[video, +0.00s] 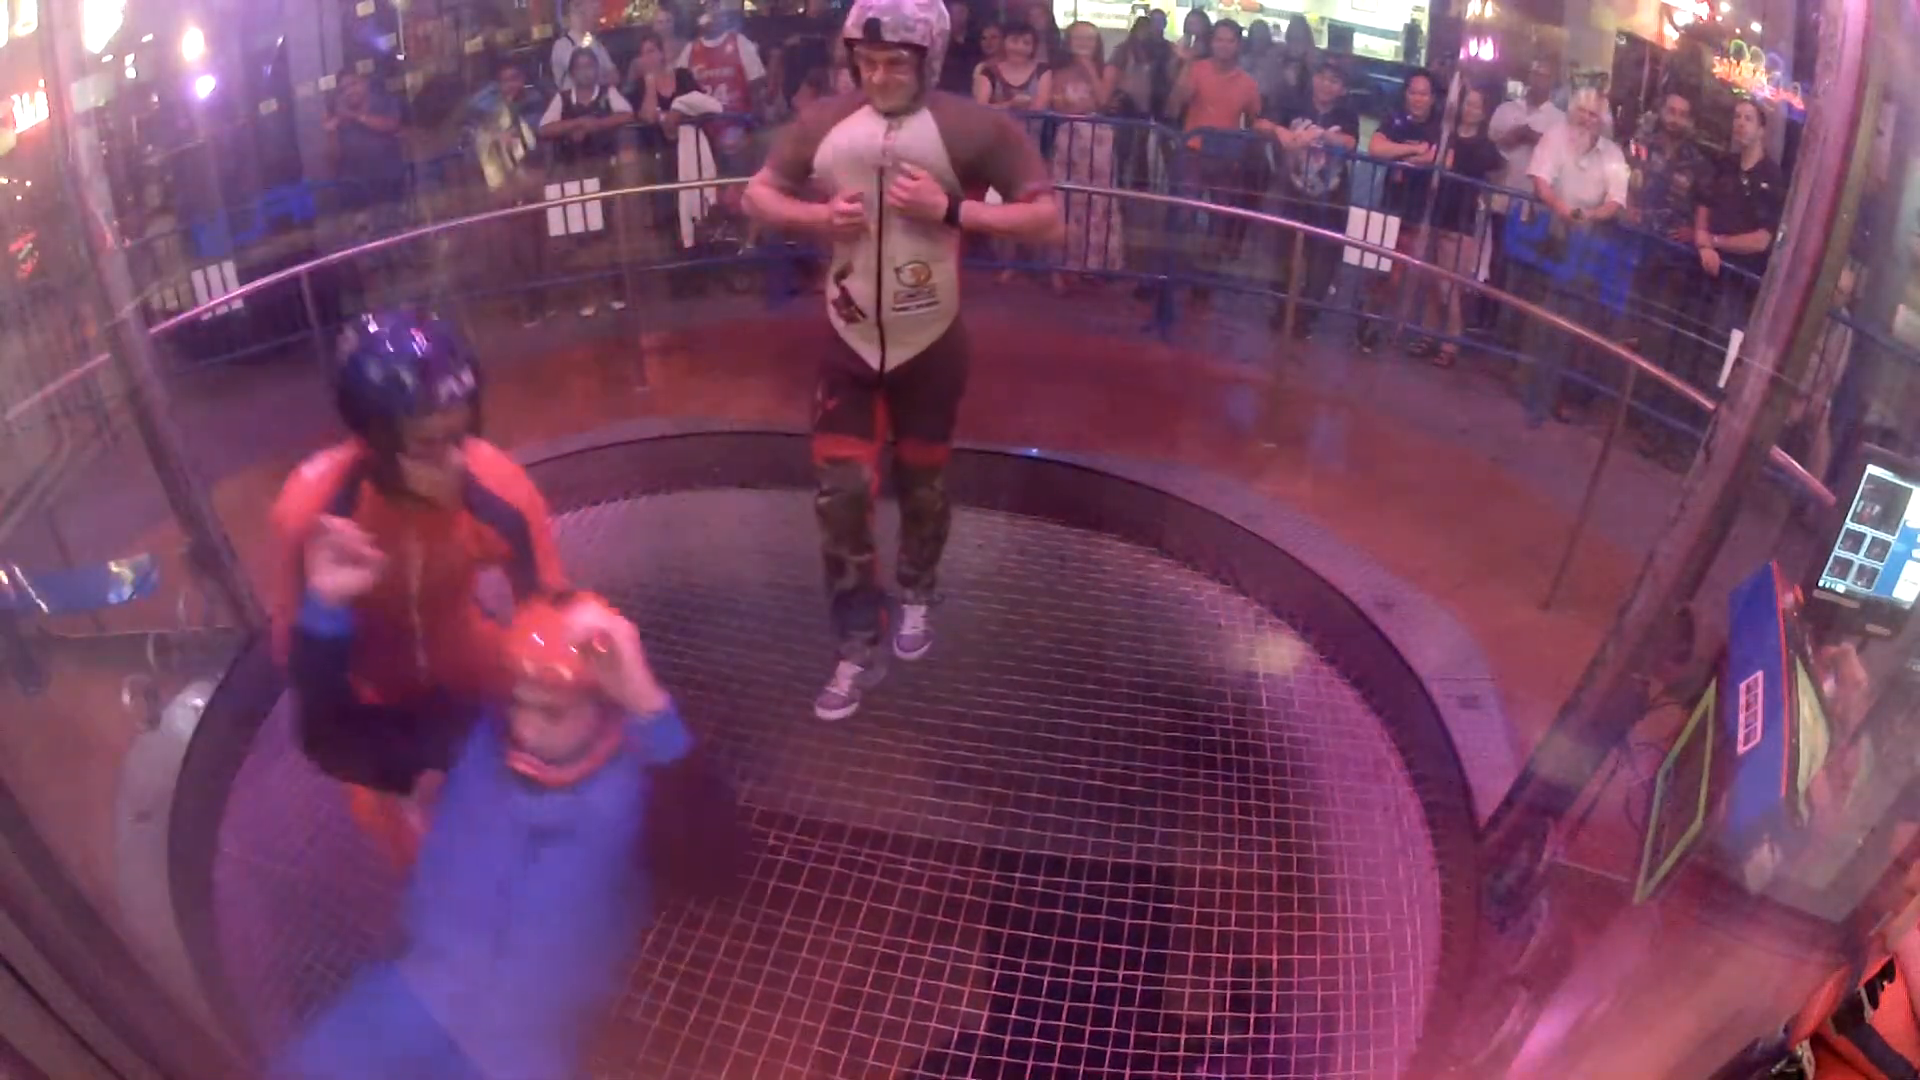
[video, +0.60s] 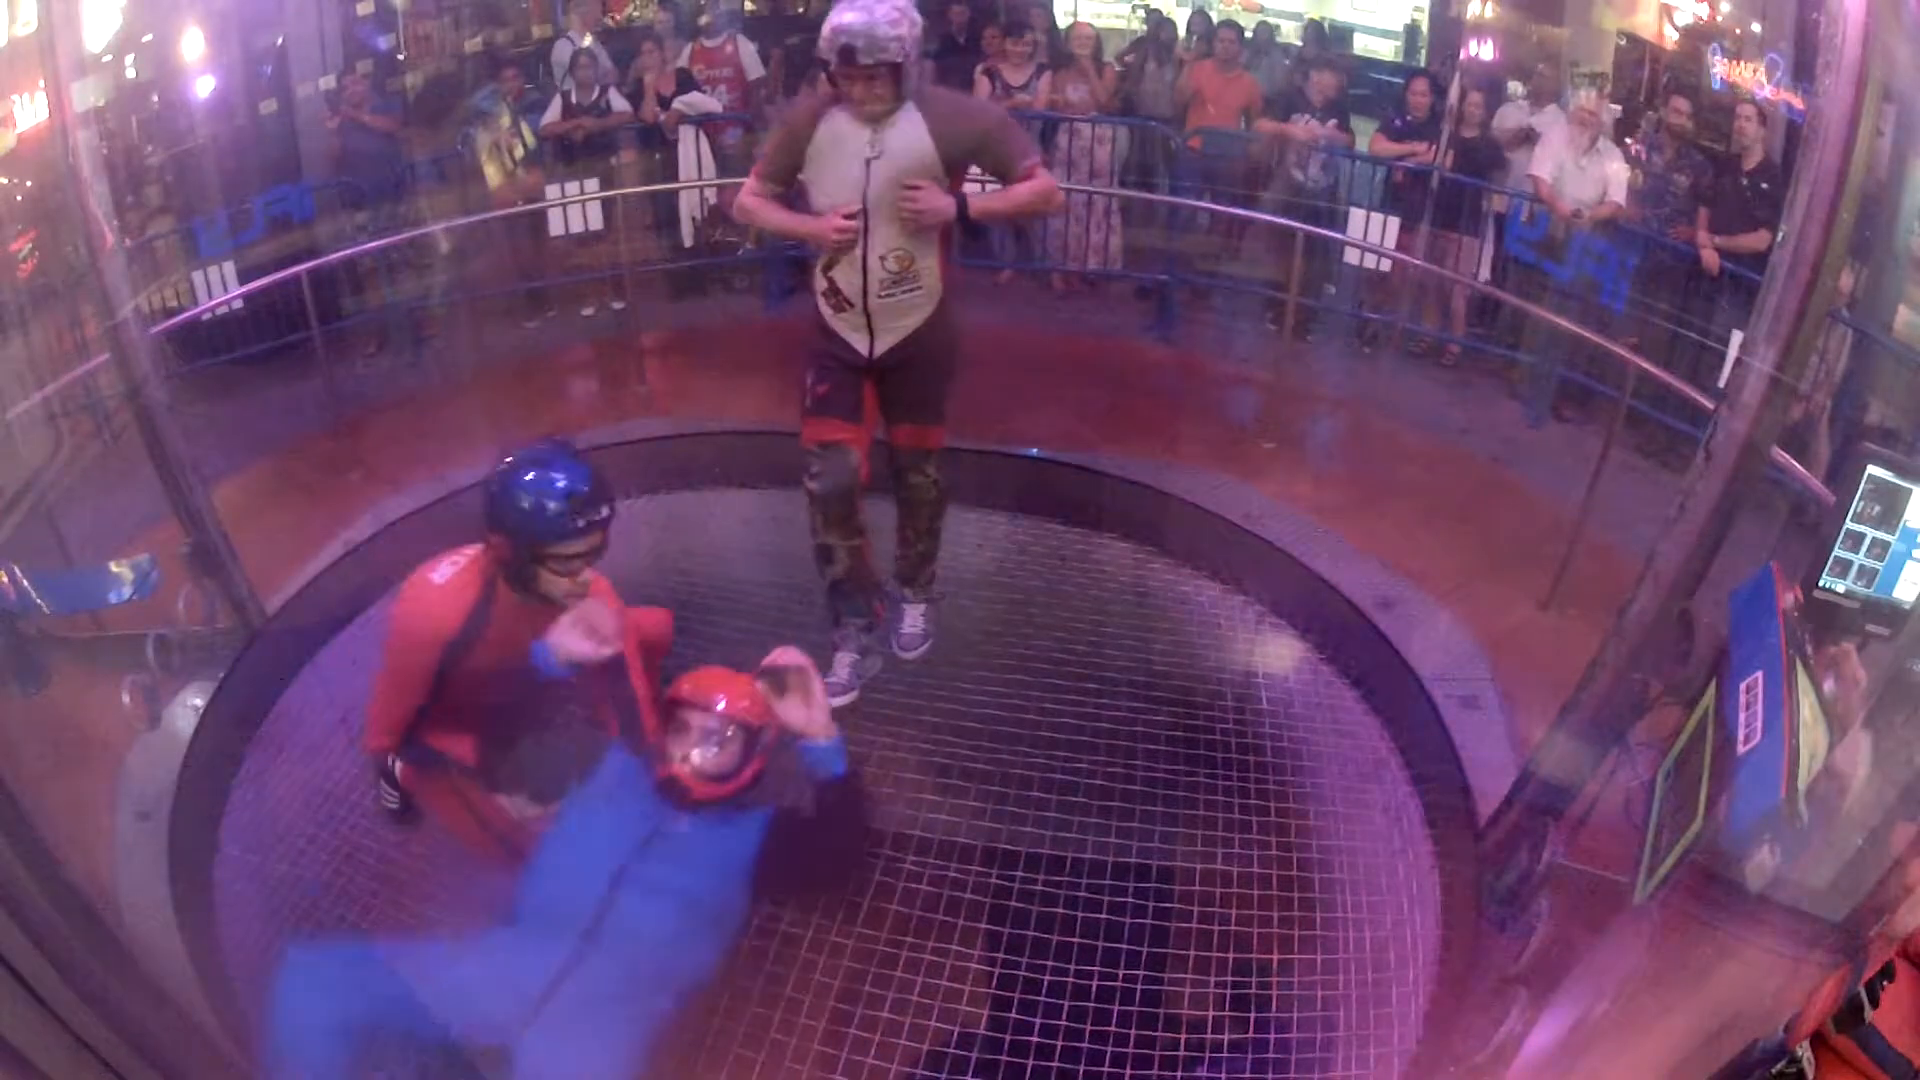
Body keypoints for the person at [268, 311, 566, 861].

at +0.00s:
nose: (449, 461)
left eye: (458, 436)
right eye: (425, 445)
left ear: (472, 419)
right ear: (375, 438)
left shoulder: (502, 490)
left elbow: (551, 623)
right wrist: (412, 774)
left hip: (478, 685)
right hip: (379, 702)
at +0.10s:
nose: (478, 502)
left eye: (486, 479)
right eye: (454, 490)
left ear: (500, 460)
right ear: (404, 481)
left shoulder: (529, 532)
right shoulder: (341, 539)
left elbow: (568, 660)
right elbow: (332, 696)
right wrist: (380, 620)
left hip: (496, 704)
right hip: (396, 722)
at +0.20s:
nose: (512, 534)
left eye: (518, 509)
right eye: (486, 520)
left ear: (526, 489)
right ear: (434, 513)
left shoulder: (546, 554)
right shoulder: (360, 566)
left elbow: (591, 679)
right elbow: (347, 709)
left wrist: (642, 668)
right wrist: (411, 648)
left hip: (494, 676)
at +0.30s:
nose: (532, 551)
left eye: (538, 529)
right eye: (507, 540)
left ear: (548, 512)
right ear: (453, 532)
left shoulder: (559, 574)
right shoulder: (380, 583)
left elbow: (602, 686)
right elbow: (348, 711)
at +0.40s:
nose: (551, 569)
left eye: (556, 544)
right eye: (526, 557)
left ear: (563, 527)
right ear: (470, 548)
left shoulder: (568, 592)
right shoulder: (399, 599)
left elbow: (610, 717)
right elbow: (363, 735)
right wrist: (483, 805)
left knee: (651, 632)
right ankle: (397, 782)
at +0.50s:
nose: (570, 575)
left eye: (573, 554)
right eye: (547, 565)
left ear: (582, 534)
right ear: (491, 557)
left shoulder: (578, 598)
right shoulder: (420, 608)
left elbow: (618, 709)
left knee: (649, 605)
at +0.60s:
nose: (584, 578)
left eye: (593, 558)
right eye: (565, 564)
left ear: (601, 540)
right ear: (504, 551)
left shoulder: (594, 597)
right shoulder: (437, 602)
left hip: (535, 700)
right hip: (452, 720)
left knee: (654, 627)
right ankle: (391, 768)